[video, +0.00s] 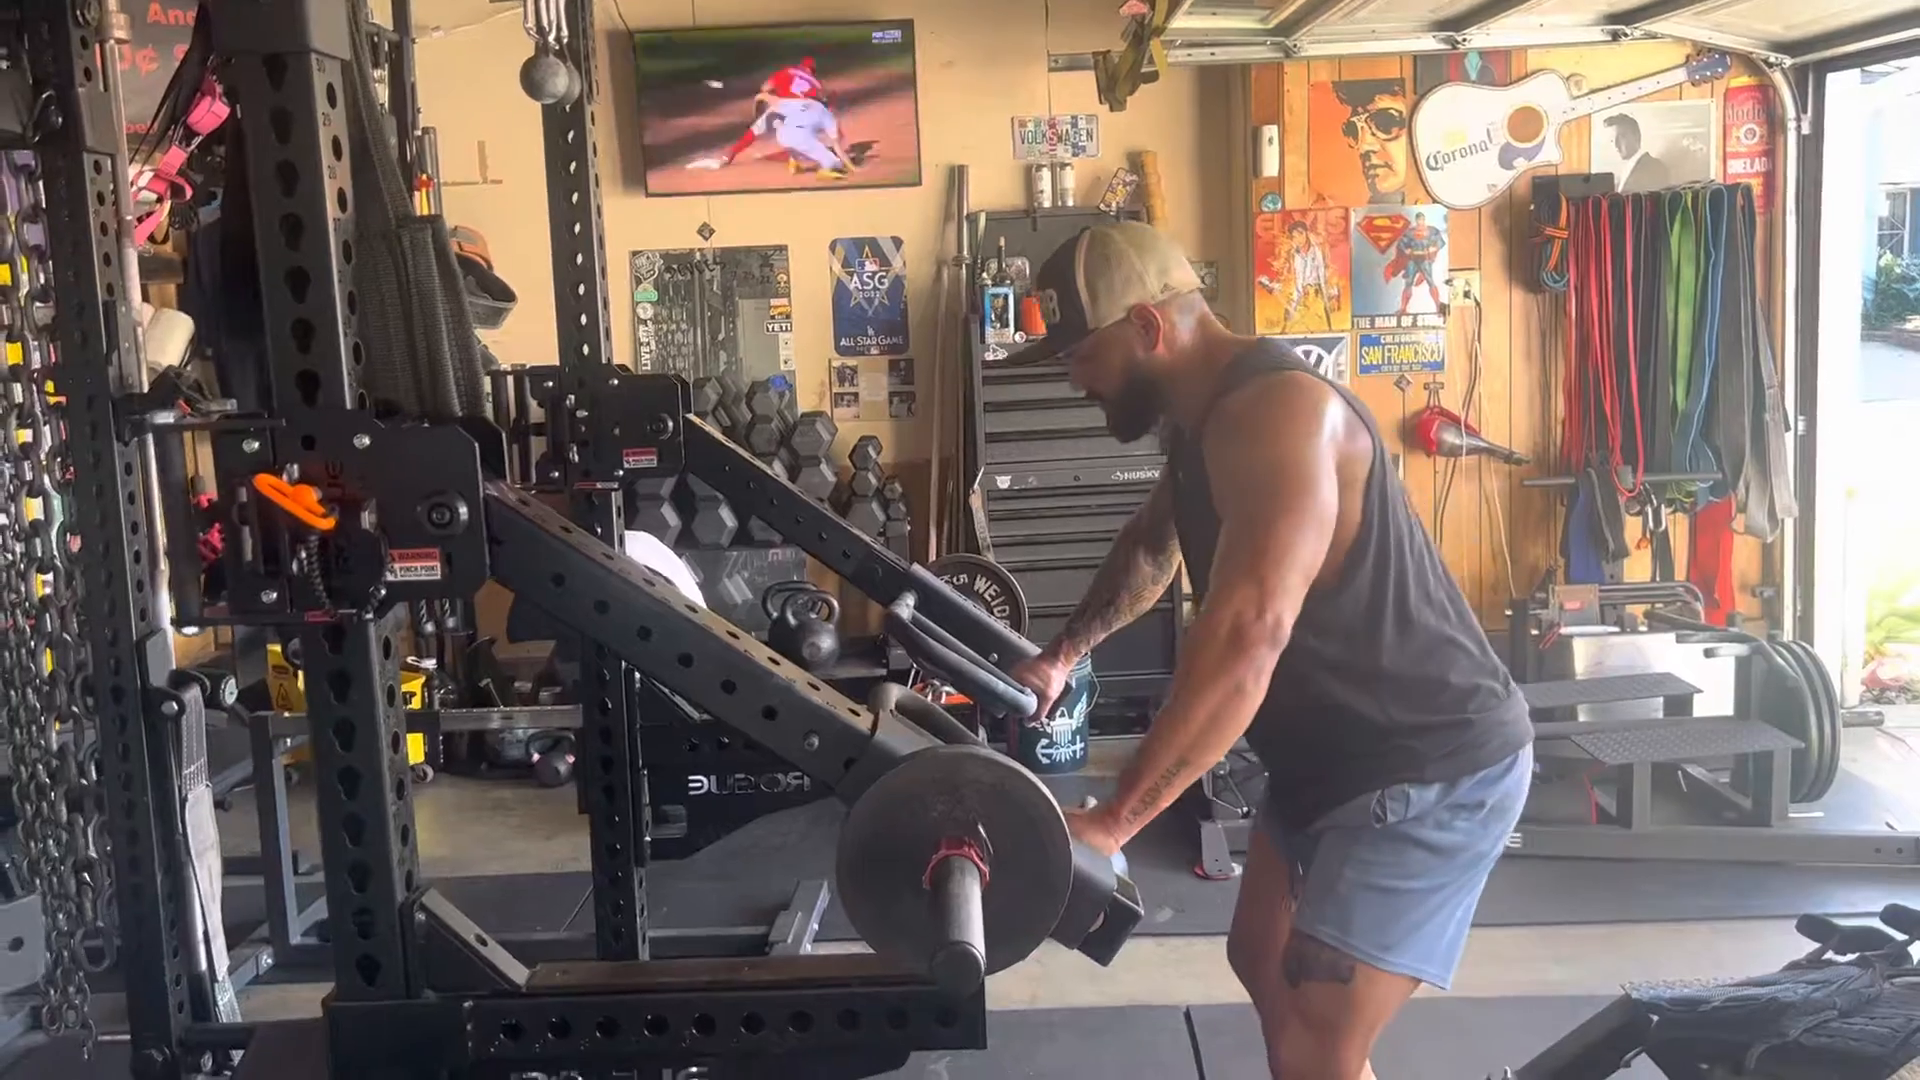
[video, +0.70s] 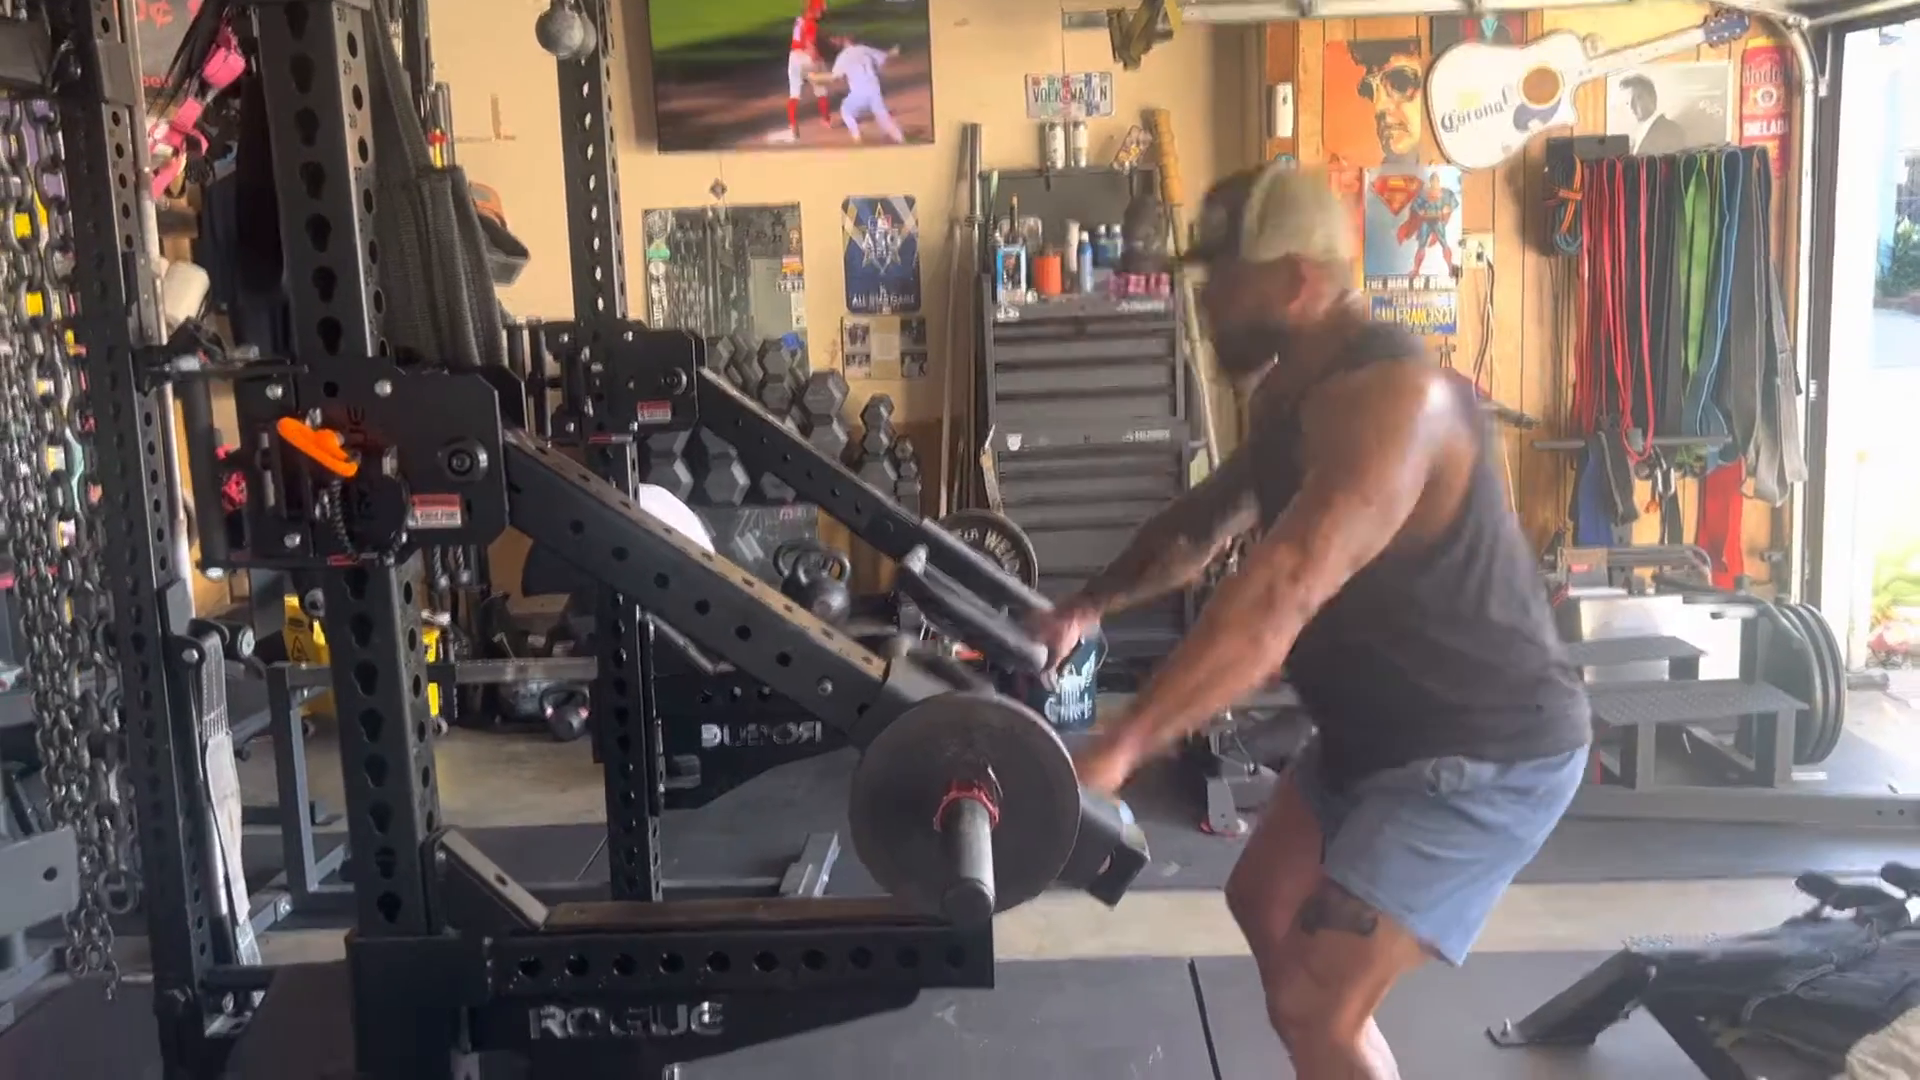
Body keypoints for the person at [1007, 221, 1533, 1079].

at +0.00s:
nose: (1072, 378)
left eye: (1080, 349)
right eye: (1065, 357)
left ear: (1152, 326)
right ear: (1155, 328)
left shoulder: (1277, 407)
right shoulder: (1208, 414)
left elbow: (1250, 629)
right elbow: (1154, 542)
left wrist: (1117, 818)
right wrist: (1063, 655)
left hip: (1428, 764)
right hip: (1332, 757)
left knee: (1319, 1045)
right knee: (1263, 958)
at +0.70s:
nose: (1207, 295)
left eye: (1223, 271)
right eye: (1207, 271)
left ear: (1302, 283)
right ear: (1297, 287)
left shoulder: (1391, 398)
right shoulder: (1298, 388)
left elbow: (1285, 590)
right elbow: (1209, 519)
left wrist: (1125, 744)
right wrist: (1084, 609)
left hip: (1484, 748)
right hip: (1379, 730)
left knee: (1316, 1009)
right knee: (1266, 900)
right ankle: (1341, 1061)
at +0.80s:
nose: (1273, 224)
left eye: (1294, 204)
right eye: (1278, 202)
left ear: (1376, 223)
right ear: (1366, 225)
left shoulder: (1444, 349)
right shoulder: (1352, 338)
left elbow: (1347, 525)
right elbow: (1249, 458)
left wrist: (1162, 642)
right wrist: (1122, 531)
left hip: (1462, 725)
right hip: (1365, 704)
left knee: (1313, 995)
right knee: (1257, 885)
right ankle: (1332, 1058)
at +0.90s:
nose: (1273, 190)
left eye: (1292, 170)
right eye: (1277, 169)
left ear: (1374, 177)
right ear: (1364, 181)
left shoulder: (1441, 291)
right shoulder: (1354, 291)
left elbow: (1457, 427)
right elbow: (1294, 380)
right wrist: (1180, 392)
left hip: (1384, 691)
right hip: (1296, 669)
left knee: (1289, 978)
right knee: (1234, 879)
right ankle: (1320, 1056)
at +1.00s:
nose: (1223, 179)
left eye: (1244, 158)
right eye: (1225, 157)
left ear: (1320, 168)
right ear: (1313, 169)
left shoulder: (1402, 272)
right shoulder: (1297, 283)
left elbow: (1482, 356)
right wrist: (1118, 286)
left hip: (1302, 690)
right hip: (1249, 678)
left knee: (1285, 971)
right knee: (1275, 959)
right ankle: (1311, 1064)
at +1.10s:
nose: (1166, 203)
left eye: (1179, 180)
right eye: (1161, 181)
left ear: (1239, 176)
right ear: (1247, 175)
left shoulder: (1294, 278)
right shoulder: (1227, 282)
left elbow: (1395, 335)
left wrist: (1223, 231)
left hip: (1263, 701)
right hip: (1225, 691)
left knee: (1272, 988)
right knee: (1265, 978)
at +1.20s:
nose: (1069, 234)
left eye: (1084, 206)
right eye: (1066, 210)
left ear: (1143, 194)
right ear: (1128, 201)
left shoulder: (1244, 295)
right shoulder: (1163, 297)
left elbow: (1294, 290)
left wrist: (1125, 125)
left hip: (1253, 709)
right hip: (1213, 699)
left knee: (1264, 993)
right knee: (1255, 984)